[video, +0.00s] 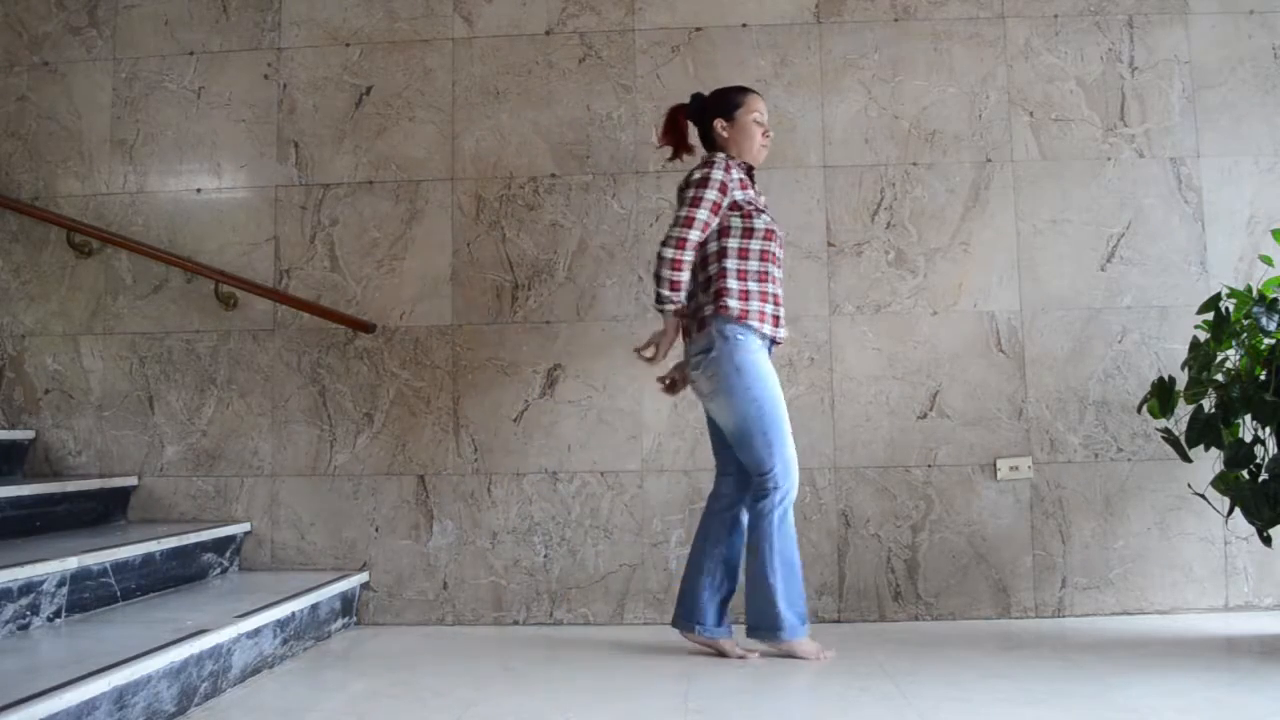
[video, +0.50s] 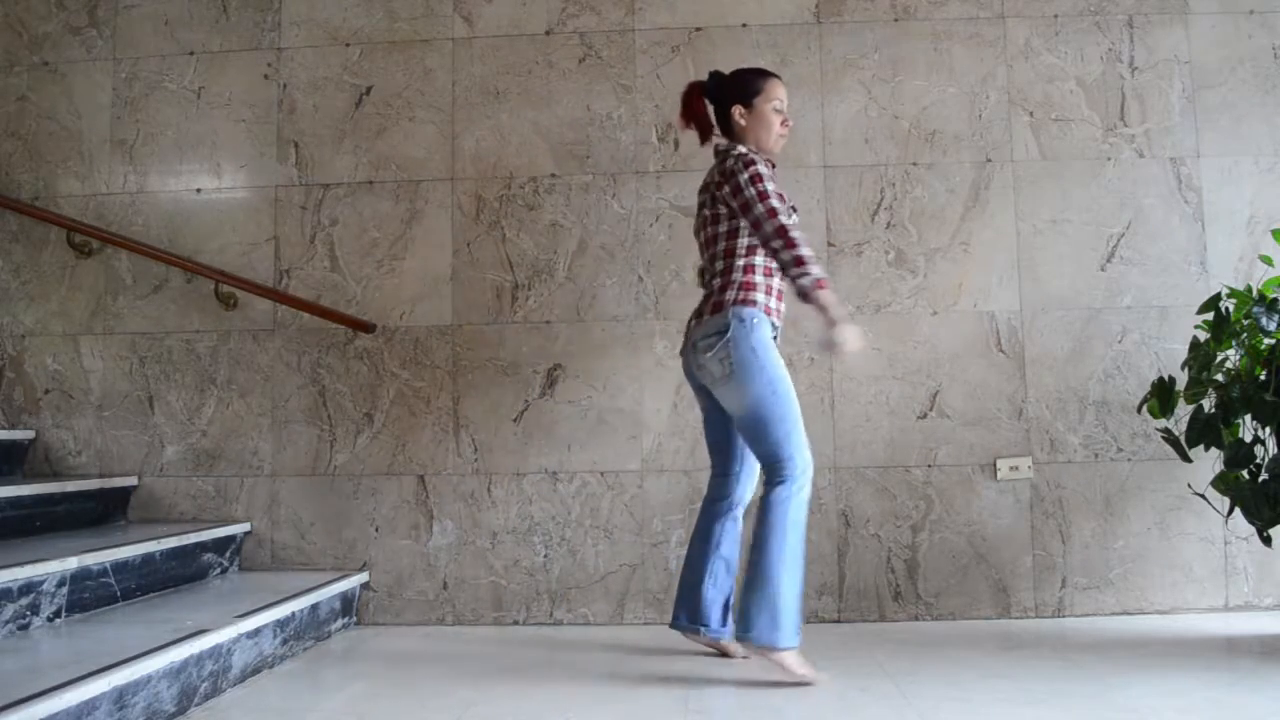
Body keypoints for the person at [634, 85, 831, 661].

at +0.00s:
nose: (767, 133)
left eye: (767, 125)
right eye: (757, 123)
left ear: (732, 131)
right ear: (722, 128)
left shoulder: (738, 184)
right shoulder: (718, 172)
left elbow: (717, 278)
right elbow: (681, 247)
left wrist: (692, 355)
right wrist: (670, 318)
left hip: (730, 342)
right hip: (731, 342)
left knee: (734, 487)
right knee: (776, 479)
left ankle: (703, 620)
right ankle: (781, 628)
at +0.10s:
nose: (770, 133)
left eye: (770, 125)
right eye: (760, 122)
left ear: (731, 128)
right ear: (724, 126)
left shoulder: (738, 181)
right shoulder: (723, 171)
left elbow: (714, 275)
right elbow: (697, 245)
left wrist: (685, 356)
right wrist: (677, 331)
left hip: (726, 342)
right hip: (740, 341)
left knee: (735, 483)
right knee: (776, 480)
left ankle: (704, 615)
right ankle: (774, 625)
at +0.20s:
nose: (775, 127)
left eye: (775, 119)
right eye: (765, 117)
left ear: (737, 124)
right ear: (729, 121)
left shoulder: (740, 174)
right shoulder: (729, 167)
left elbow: (714, 262)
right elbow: (707, 245)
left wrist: (683, 350)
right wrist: (692, 332)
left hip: (725, 336)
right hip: (737, 335)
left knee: (738, 478)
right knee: (794, 467)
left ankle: (705, 614)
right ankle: (787, 618)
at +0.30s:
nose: (781, 133)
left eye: (781, 124)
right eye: (771, 122)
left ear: (739, 132)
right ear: (734, 128)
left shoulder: (728, 187)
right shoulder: (737, 179)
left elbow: (706, 276)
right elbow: (729, 254)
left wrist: (686, 355)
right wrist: (727, 332)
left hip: (709, 348)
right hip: (735, 346)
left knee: (735, 487)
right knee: (805, 469)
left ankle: (701, 621)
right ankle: (798, 624)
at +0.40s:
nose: (784, 130)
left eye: (784, 120)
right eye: (774, 119)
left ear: (735, 129)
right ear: (737, 124)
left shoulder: (721, 179)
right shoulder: (744, 173)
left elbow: (720, 258)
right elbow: (761, 243)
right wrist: (783, 318)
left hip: (701, 347)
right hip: (731, 340)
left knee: (730, 488)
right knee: (801, 469)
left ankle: (702, 621)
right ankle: (800, 629)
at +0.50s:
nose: (787, 122)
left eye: (787, 113)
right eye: (777, 112)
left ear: (738, 121)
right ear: (740, 115)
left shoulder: (720, 176)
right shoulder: (745, 167)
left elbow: (721, 263)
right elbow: (780, 233)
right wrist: (831, 309)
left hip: (708, 336)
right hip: (740, 331)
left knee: (732, 481)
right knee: (791, 471)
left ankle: (702, 620)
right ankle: (772, 636)